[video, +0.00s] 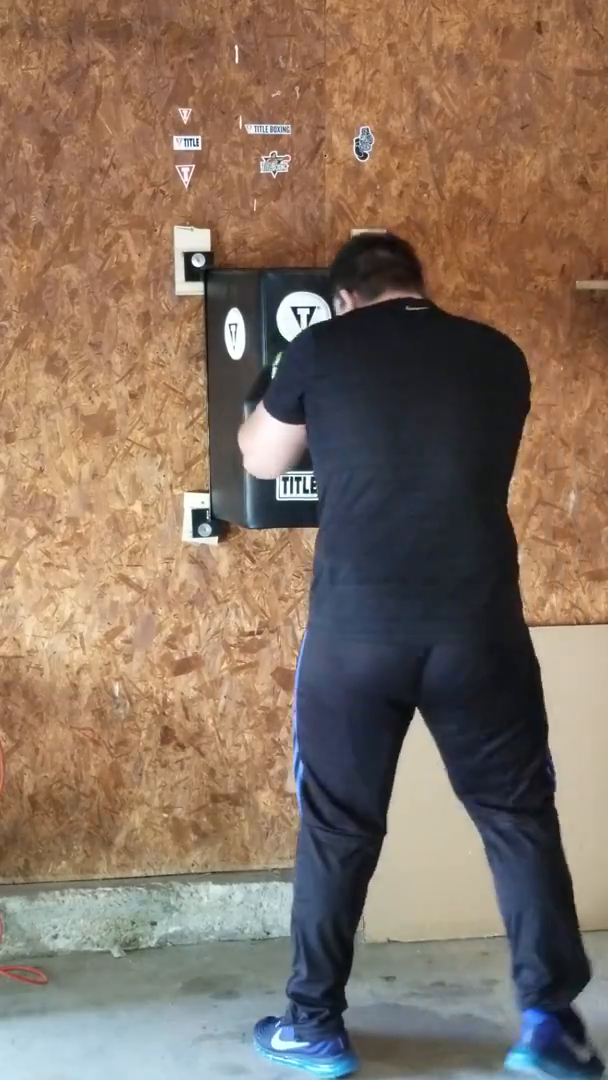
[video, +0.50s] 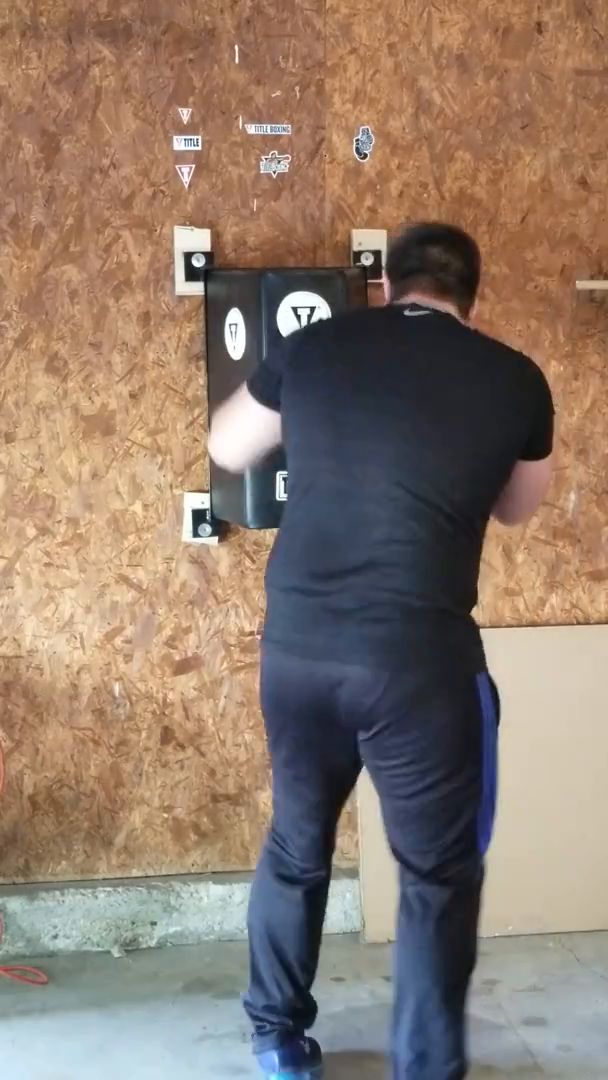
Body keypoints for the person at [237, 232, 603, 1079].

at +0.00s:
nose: (333, 309)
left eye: (331, 300)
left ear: (347, 297)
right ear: (424, 285)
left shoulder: (323, 350)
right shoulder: (502, 354)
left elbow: (261, 455)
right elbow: (473, 451)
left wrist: (321, 390)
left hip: (359, 631)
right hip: (478, 630)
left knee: (336, 825)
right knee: (518, 814)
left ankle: (314, 1023)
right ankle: (549, 1017)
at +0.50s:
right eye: (464, 298)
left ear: (384, 285)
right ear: (472, 298)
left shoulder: (312, 347)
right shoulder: (513, 377)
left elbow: (229, 449)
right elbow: (518, 506)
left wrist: (301, 396)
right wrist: (451, 436)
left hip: (297, 650)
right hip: (417, 655)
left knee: (293, 852)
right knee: (436, 874)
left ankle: (278, 1044)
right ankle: (428, 1066)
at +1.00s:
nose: (360, 309)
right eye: (361, 296)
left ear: (267, 285)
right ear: (358, 298)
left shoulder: (192, 355)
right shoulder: (389, 378)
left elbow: (150, 452)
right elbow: (450, 496)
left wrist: (245, 427)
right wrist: (375, 461)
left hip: (199, 668)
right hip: (324, 668)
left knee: (203, 858)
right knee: (375, 873)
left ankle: (165, 1051)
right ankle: (412, 1065)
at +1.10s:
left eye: (242, 280)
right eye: (308, 282)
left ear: (230, 284)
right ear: (321, 286)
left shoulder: (173, 352)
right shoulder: (377, 355)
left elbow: (121, 448)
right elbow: (433, 419)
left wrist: (209, 419)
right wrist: (348, 341)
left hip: (201, 659)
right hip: (326, 659)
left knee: (192, 862)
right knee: (346, 874)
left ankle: (164, 1052)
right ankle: (355, 1065)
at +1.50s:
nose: (360, 306)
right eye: (360, 293)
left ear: (259, 291)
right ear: (350, 300)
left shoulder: (183, 363)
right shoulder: (390, 383)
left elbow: (123, 464)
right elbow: (425, 509)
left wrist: (211, 425)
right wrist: (347, 458)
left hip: (197, 678)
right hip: (320, 685)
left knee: (190, 842)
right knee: (320, 903)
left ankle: (147, 1037)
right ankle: (326, 1069)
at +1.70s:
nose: (340, 296)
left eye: (336, 282)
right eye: (339, 283)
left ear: (238, 279)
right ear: (323, 291)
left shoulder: (176, 349)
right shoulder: (324, 380)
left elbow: (224, 459)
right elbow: (396, 503)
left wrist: (343, 487)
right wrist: (376, 423)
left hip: (154, 672)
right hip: (268, 681)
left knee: (173, 845)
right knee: (329, 890)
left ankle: (108, 1042)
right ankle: (326, 1069)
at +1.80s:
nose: (304, 299)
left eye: (304, 287)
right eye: (303, 287)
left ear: (206, 281)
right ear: (293, 293)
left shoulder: (140, 354)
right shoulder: (294, 387)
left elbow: (201, 449)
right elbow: (369, 513)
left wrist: (288, 379)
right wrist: (357, 415)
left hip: (133, 673)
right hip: (249, 678)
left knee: (155, 848)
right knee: (328, 869)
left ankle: (103, 1043)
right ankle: (333, 1063)